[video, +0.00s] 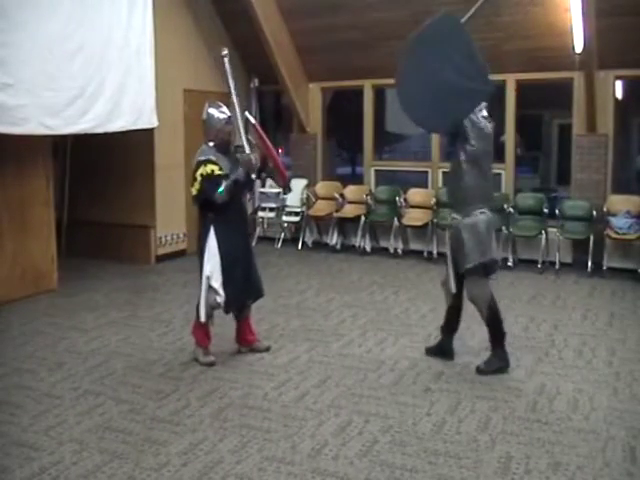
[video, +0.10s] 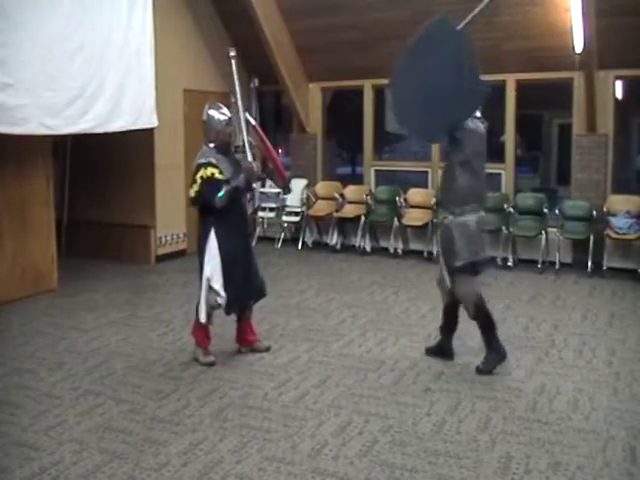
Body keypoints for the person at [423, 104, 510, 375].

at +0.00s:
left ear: (460, 101)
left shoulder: (475, 129)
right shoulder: (462, 130)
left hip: (476, 217)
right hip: (460, 217)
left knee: (477, 289)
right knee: (452, 285)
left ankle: (499, 353)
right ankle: (446, 342)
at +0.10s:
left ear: (458, 99)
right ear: (464, 98)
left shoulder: (470, 129)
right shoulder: (460, 128)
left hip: (463, 215)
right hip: (452, 214)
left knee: (464, 287)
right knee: (448, 282)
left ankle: (495, 349)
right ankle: (445, 342)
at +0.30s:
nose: (423, 108)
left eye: (425, 100)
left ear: (437, 99)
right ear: (454, 97)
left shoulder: (451, 130)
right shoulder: (464, 129)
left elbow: (425, 164)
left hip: (450, 216)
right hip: (458, 214)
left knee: (430, 281)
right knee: (442, 279)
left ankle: (459, 338)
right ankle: (446, 339)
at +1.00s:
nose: (449, 118)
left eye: (454, 114)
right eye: (451, 113)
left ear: (464, 118)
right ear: (467, 119)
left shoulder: (460, 149)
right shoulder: (472, 146)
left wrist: (418, 153)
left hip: (449, 224)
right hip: (464, 222)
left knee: (424, 281)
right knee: (460, 282)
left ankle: (422, 347)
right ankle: (483, 332)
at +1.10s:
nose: (454, 118)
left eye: (460, 113)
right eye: (454, 113)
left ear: (471, 116)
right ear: (452, 115)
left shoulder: (469, 147)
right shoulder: (460, 144)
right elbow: (436, 171)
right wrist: (423, 152)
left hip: (450, 225)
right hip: (459, 224)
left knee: (426, 280)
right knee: (464, 281)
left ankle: (421, 342)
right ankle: (484, 333)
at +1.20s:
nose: (453, 117)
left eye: (457, 112)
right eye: (454, 112)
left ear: (466, 114)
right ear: (470, 116)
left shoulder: (466, 145)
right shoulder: (473, 141)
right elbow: (446, 167)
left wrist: (423, 150)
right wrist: (430, 151)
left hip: (454, 221)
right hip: (465, 220)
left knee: (433, 278)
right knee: (465, 280)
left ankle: (421, 341)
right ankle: (484, 333)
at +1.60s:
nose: (432, 115)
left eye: (438, 110)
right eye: (431, 110)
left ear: (451, 114)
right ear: (429, 112)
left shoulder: (456, 146)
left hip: (440, 224)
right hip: (455, 223)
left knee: (423, 280)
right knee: (467, 279)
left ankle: (422, 342)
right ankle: (485, 333)